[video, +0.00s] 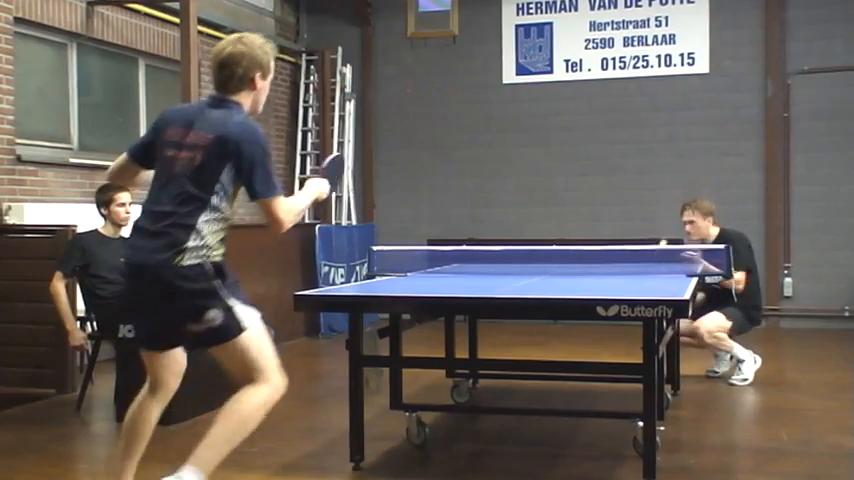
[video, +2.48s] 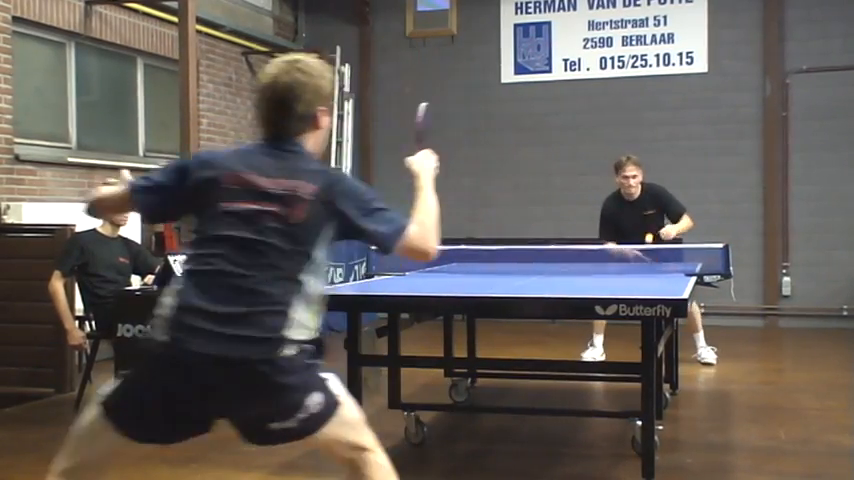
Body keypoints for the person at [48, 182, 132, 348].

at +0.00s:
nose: (128, 210)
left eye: (129, 205)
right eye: (122, 205)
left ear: (131, 205)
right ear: (104, 210)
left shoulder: (132, 246)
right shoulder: (83, 243)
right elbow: (57, 283)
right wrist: (72, 330)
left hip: (138, 316)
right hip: (107, 320)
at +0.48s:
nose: (128, 210)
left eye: (129, 205)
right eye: (121, 205)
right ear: (104, 209)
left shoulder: (131, 247)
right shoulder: (82, 242)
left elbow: (164, 270)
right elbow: (56, 283)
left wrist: (156, 278)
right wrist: (72, 330)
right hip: (106, 321)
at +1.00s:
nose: (127, 210)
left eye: (129, 205)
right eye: (121, 205)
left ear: (131, 206)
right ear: (103, 209)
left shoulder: (131, 247)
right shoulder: (82, 242)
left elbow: (164, 269)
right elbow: (56, 283)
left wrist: (156, 277)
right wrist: (71, 329)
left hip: (135, 316)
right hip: (105, 320)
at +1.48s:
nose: (127, 210)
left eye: (128, 205)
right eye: (120, 205)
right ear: (103, 209)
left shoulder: (131, 247)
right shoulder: (82, 242)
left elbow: (164, 270)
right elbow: (56, 283)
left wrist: (156, 277)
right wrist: (71, 329)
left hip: (134, 319)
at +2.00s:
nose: (126, 210)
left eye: (128, 204)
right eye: (120, 205)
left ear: (130, 205)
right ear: (103, 209)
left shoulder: (130, 247)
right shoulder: (81, 242)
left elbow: (163, 269)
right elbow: (55, 283)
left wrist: (155, 277)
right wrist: (71, 329)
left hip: (136, 317)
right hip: (106, 321)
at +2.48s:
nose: (125, 212)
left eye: (127, 207)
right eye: (118, 206)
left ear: (131, 209)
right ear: (103, 210)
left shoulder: (130, 247)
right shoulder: (81, 242)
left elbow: (161, 272)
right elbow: (55, 283)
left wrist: (154, 279)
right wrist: (71, 329)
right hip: (105, 320)